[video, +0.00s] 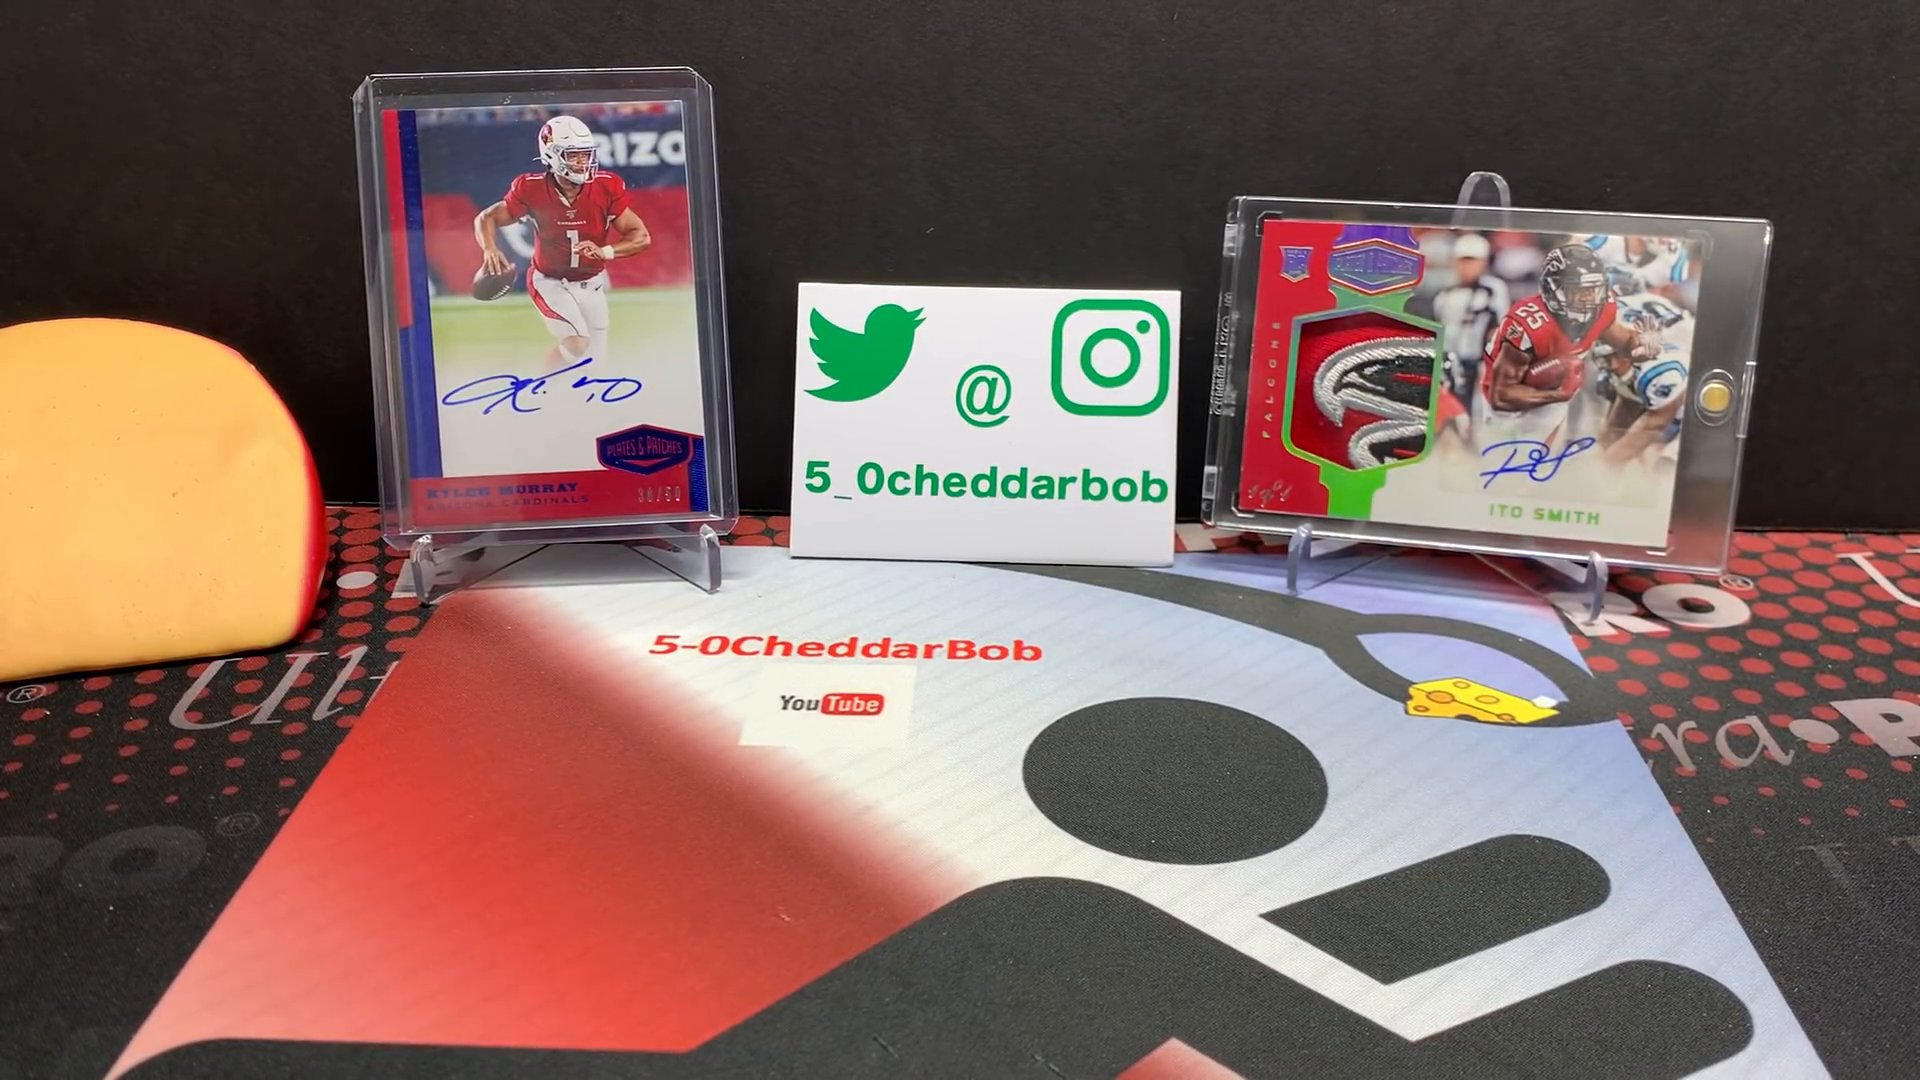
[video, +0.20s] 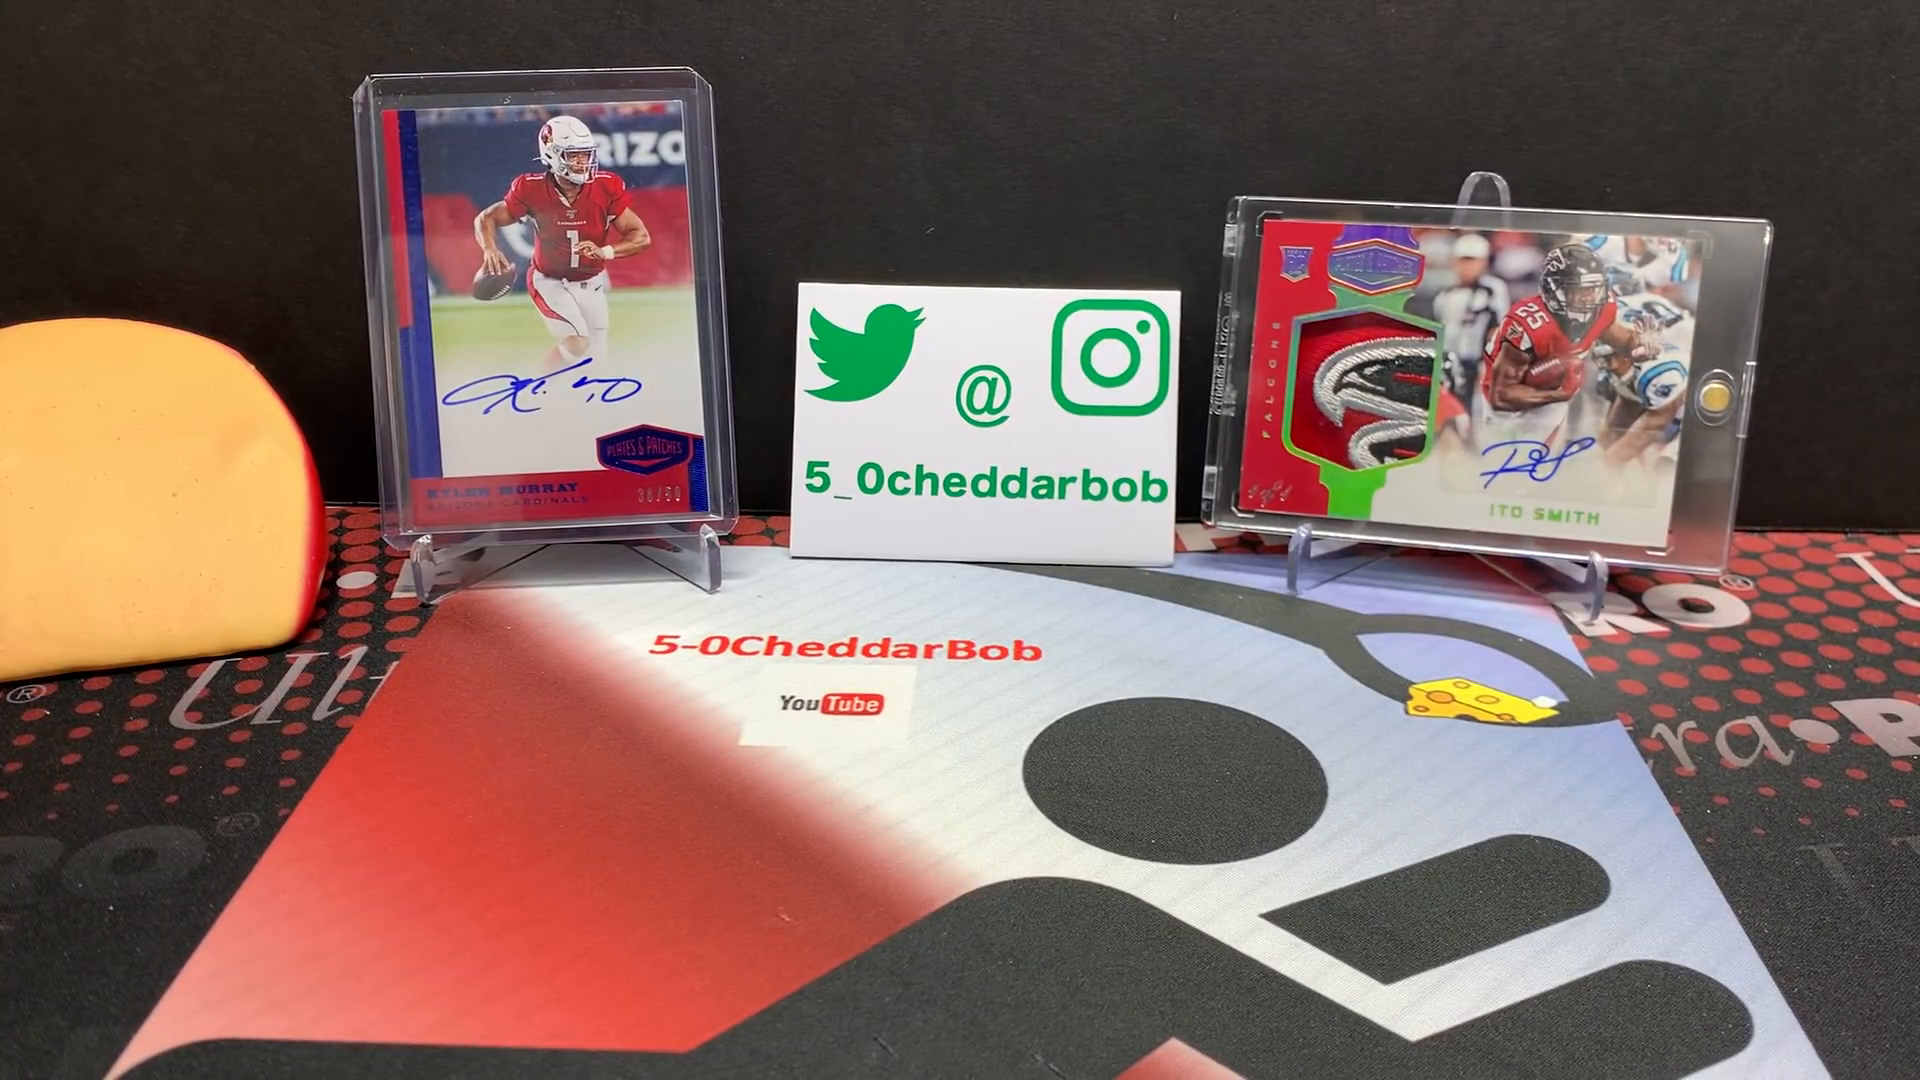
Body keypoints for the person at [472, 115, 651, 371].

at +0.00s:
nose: (580, 162)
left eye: (585, 155)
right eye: (572, 156)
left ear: (592, 154)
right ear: (552, 155)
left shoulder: (607, 187)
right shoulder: (530, 189)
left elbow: (641, 237)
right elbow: (484, 219)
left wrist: (606, 252)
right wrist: (490, 249)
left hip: (591, 283)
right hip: (549, 280)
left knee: (596, 363)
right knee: (576, 343)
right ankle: (534, 391)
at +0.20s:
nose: (580, 162)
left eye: (585, 155)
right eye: (572, 156)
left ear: (592, 154)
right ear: (552, 155)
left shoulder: (607, 187)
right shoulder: (530, 189)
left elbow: (641, 237)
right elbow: (484, 219)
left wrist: (605, 252)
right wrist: (490, 249)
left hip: (591, 283)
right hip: (549, 280)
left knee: (596, 362)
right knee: (576, 343)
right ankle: (534, 391)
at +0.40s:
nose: (580, 162)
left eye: (585, 155)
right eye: (572, 156)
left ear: (592, 154)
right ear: (552, 155)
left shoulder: (606, 187)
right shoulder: (530, 189)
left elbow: (641, 237)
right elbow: (484, 219)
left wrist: (605, 252)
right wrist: (490, 249)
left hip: (591, 282)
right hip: (549, 280)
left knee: (596, 362)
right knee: (576, 344)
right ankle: (534, 392)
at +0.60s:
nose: (580, 162)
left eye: (585, 155)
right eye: (573, 156)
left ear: (592, 154)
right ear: (552, 155)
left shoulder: (607, 187)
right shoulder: (530, 189)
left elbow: (641, 237)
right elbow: (484, 219)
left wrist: (605, 252)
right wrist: (490, 249)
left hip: (591, 282)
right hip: (549, 280)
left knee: (596, 361)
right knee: (576, 344)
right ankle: (533, 392)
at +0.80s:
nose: (581, 162)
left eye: (585, 155)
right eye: (573, 156)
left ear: (592, 154)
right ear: (552, 155)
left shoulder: (607, 187)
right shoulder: (530, 189)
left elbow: (641, 237)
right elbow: (484, 219)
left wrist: (605, 252)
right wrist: (490, 249)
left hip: (591, 282)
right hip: (549, 280)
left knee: (596, 360)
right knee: (576, 343)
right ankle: (534, 391)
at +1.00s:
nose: (581, 162)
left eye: (585, 155)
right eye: (572, 156)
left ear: (592, 154)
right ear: (552, 155)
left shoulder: (607, 187)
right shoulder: (530, 189)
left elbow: (641, 237)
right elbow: (484, 219)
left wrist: (605, 252)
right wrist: (490, 249)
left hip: (591, 282)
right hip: (548, 280)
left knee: (596, 361)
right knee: (576, 343)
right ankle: (533, 392)